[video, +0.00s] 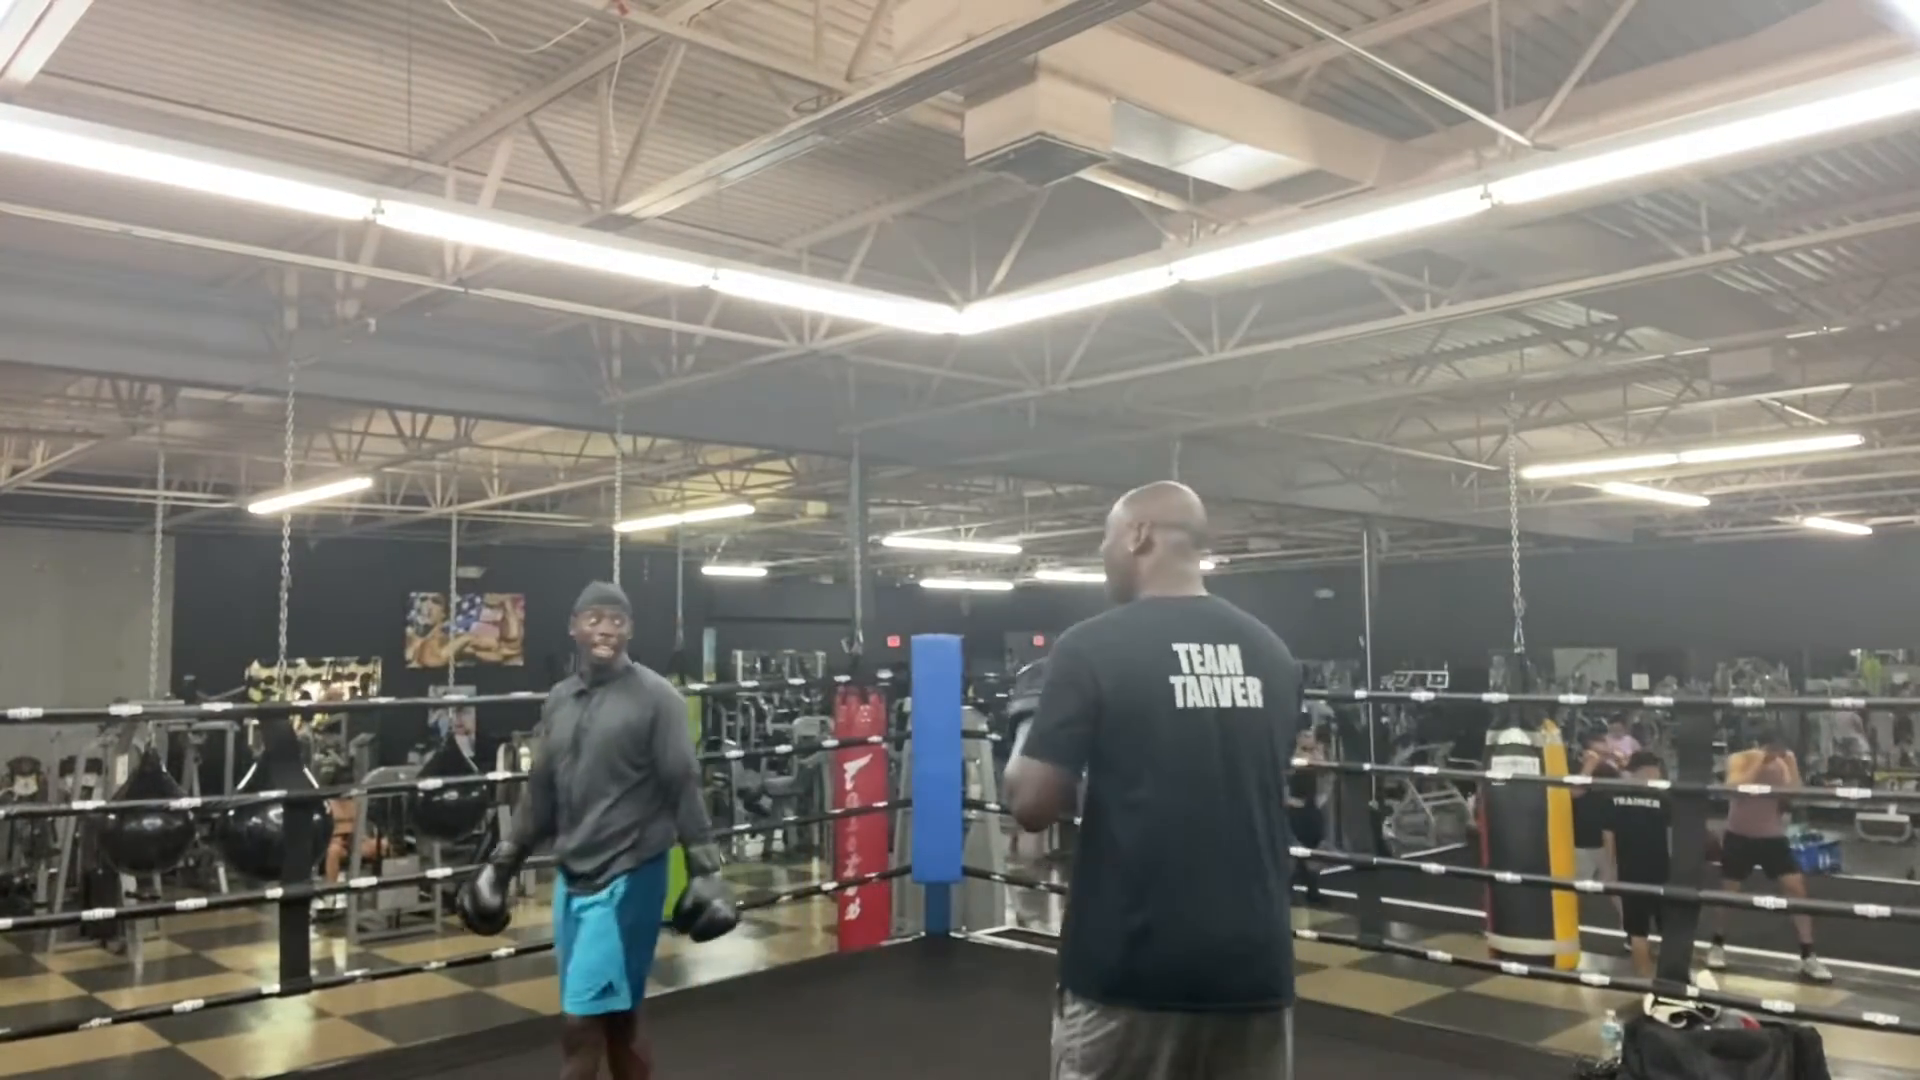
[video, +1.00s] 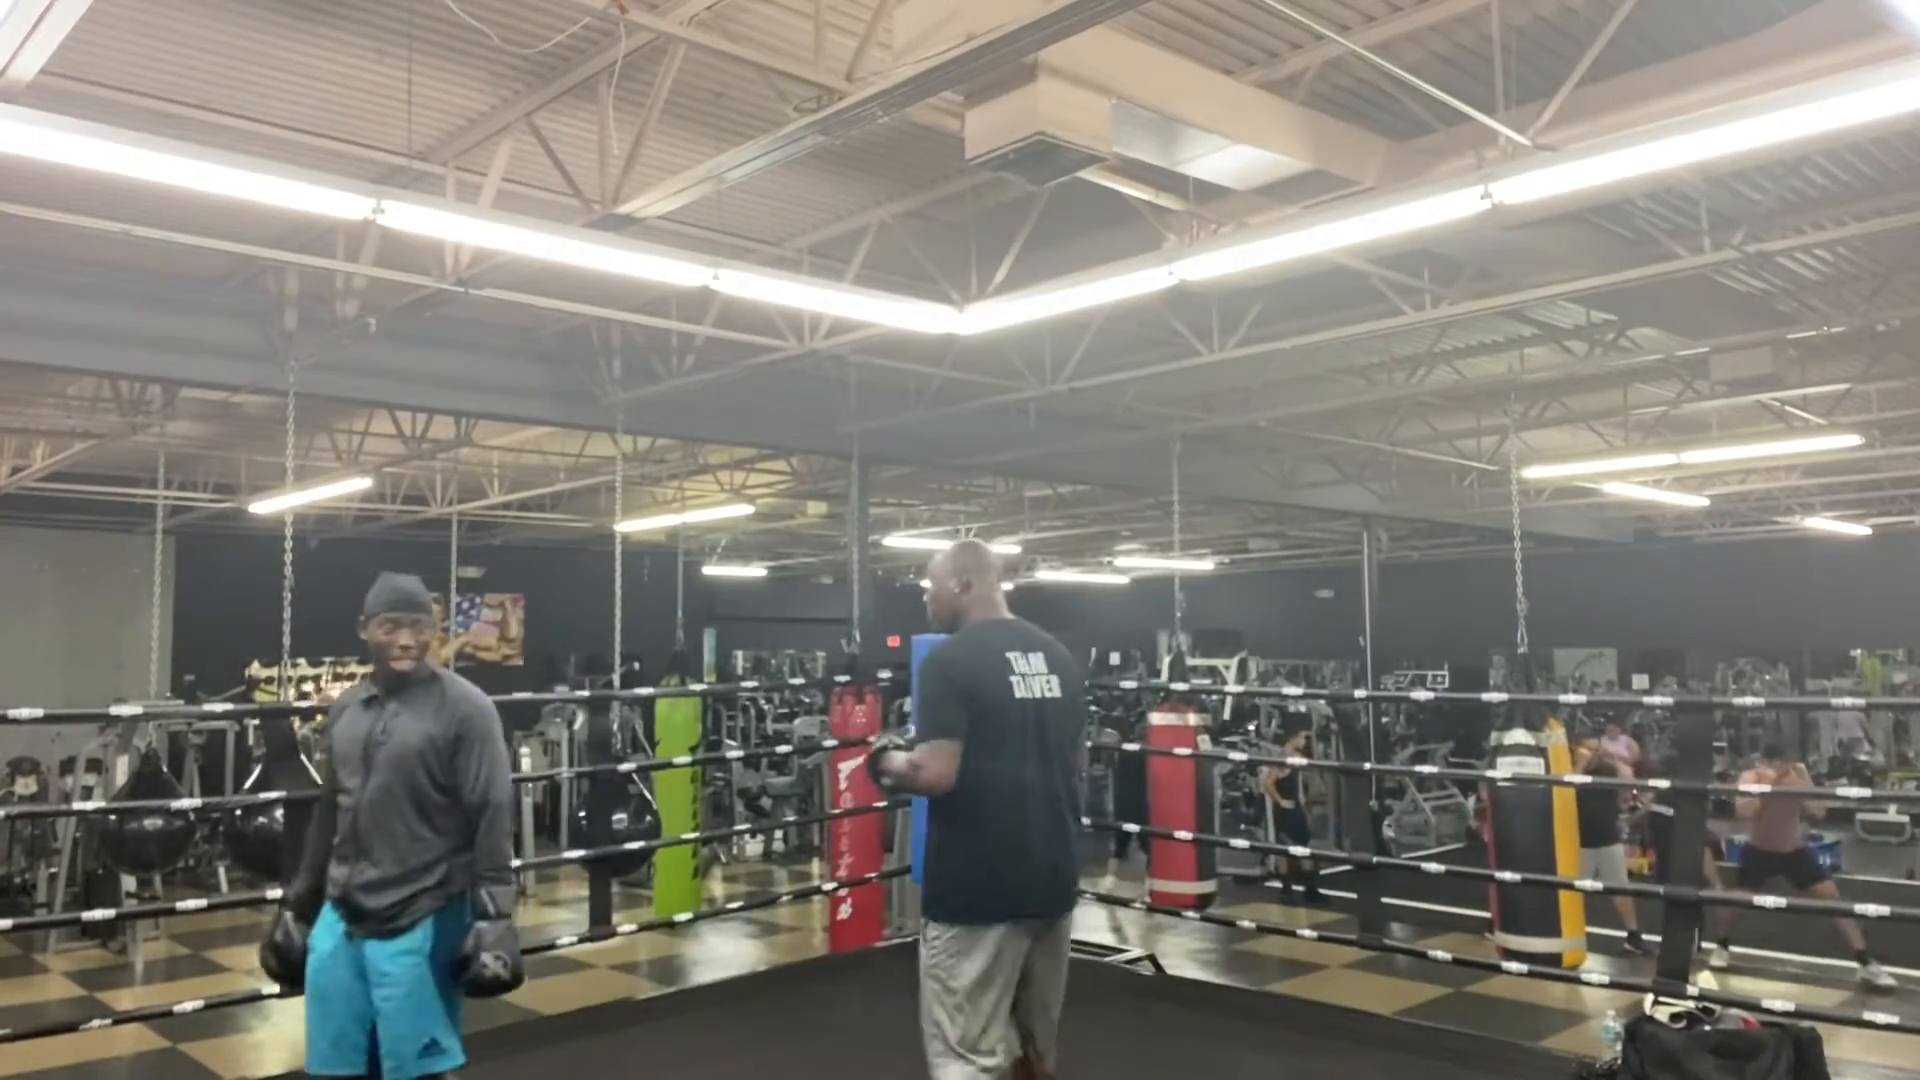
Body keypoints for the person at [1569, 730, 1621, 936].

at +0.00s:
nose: (1602, 754)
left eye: (1605, 749)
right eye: (1598, 749)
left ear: (1609, 748)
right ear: (1586, 750)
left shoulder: (1612, 771)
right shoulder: (1578, 772)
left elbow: (1632, 784)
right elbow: (1574, 793)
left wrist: (1621, 766)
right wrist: (1588, 768)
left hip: (1608, 840)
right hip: (1581, 840)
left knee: (1613, 888)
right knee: (1577, 888)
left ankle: (1625, 927)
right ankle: (1571, 927)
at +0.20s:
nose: (1587, 752)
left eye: (1592, 748)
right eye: (1583, 747)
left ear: (1600, 750)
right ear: (1577, 750)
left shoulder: (1606, 771)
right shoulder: (1572, 771)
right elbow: (1569, 795)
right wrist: (1583, 767)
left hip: (1606, 836)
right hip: (1581, 836)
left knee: (1615, 886)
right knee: (1577, 887)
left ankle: (1630, 925)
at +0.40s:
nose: (1580, 753)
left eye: (1584, 749)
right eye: (1577, 749)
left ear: (1596, 750)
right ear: (1571, 751)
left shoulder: (1606, 771)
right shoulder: (1569, 774)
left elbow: (1619, 801)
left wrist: (1620, 832)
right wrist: (1572, 766)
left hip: (1607, 840)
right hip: (1579, 841)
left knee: (1618, 891)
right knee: (1574, 893)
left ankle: (1632, 932)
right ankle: (1571, 936)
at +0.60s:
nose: (1582, 754)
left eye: (1586, 749)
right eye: (1578, 749)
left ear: (1597, 749)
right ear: (1573, 751)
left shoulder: (1608, 768)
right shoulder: (1571, 769)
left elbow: (1625, 785)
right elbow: (1558, 787)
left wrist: (1611, 762)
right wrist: (1570, 764)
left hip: (1609, 838)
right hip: (1579, 839)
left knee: (1621, 888)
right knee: (1573, 890)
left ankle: (1632, 932)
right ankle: (1571, 935)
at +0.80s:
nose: (1589, 754)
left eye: (1593, 749)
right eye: (1584, 749)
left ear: (1599, 750)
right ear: (1576, 751)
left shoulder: (1609, 767)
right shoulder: (1571, 771)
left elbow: (1628, 788)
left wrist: (1624, 810)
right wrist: (1574, 764)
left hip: (1609, 836)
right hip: (1579, 837)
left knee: (1619, 887)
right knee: (1574, 889)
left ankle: (1632, 931)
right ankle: (1571, 935)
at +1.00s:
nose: (1591, 754)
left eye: (1594, 749)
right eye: (1586, 750)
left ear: (1600, 750)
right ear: (1575, 753)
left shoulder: (1613, 771)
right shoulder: (1572, 775)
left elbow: (1629, 783)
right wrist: (1581, 767)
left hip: (1609, 838)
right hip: (1580, 839)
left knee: (1621, 888)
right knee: (1574, 890)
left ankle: (1633, 933)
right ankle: (1568, 937)